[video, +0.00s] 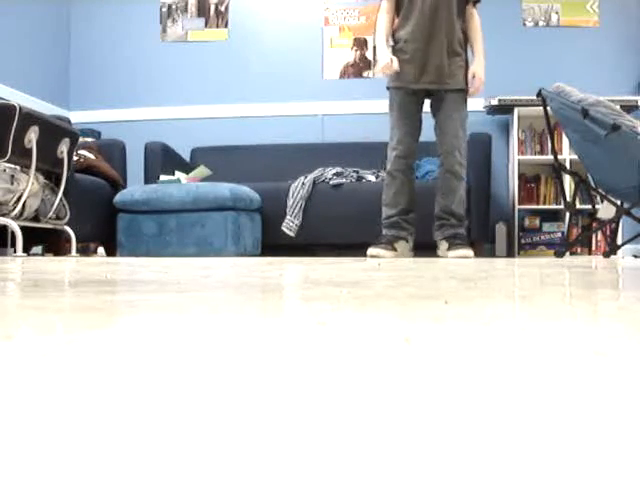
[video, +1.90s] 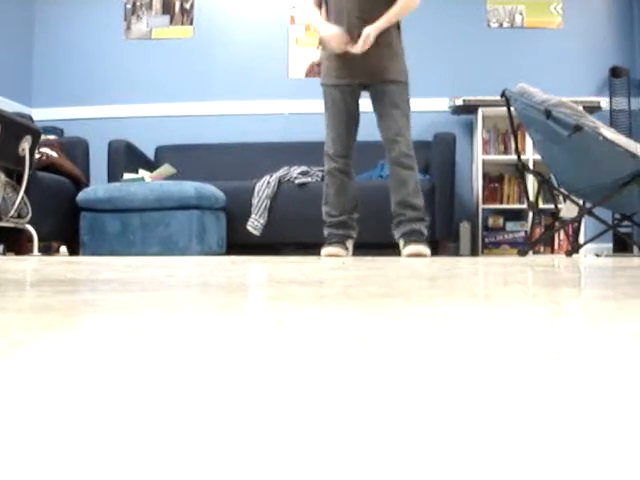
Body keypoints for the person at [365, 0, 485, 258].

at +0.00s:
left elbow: (471, 12)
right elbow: (387, 9)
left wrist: (478, 60)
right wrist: (383, 51)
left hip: (452, 68)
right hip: (405, 67)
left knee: (454, 157)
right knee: (399, 155)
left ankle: (451, 238)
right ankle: (396, 238)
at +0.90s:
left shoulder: (457, 2)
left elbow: (466, 20)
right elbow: (375, 11)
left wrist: (479, 69)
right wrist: (372, 49)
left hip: (435, 74)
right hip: (390, 70)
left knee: (440, 159)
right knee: (377, 154)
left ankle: (445, 239)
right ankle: (365, 236)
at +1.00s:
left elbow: (437, 15)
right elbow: (349, 12)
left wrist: (451, 62)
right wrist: (348, 51)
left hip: (410, 72)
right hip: (365, 69)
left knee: (419, 157)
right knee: (355, 154)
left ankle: (431, 238)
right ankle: (348, 238)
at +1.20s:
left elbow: (409, 7)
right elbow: (324, 16)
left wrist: (422, 46)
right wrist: (319, 60)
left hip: (389, 67)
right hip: (344, 68)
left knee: (401, 151)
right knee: (342, 156)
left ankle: (412, 234)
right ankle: (344, 237)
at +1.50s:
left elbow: (399, 4)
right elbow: (305, 24)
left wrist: (415, 35)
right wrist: (282, 64)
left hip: (373, 60)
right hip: (328, 64)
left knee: (372, 143)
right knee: (331, 154)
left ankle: (385, 235)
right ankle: (337, 236)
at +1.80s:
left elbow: (400, 3)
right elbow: (310, 8)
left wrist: (382, 25)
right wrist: (297, 39)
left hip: (380, 56)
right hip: (332, 59)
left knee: (401, 146)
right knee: (334, 155)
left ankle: (414, 233)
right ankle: (337, 237)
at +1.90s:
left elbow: (411, 1)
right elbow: (307, 8)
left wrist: (376, 27)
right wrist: (326, 30)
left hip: (386, 58)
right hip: (337, 60)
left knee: (400, 150)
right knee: (337, 154)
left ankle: (412, 235)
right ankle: (338, 237)